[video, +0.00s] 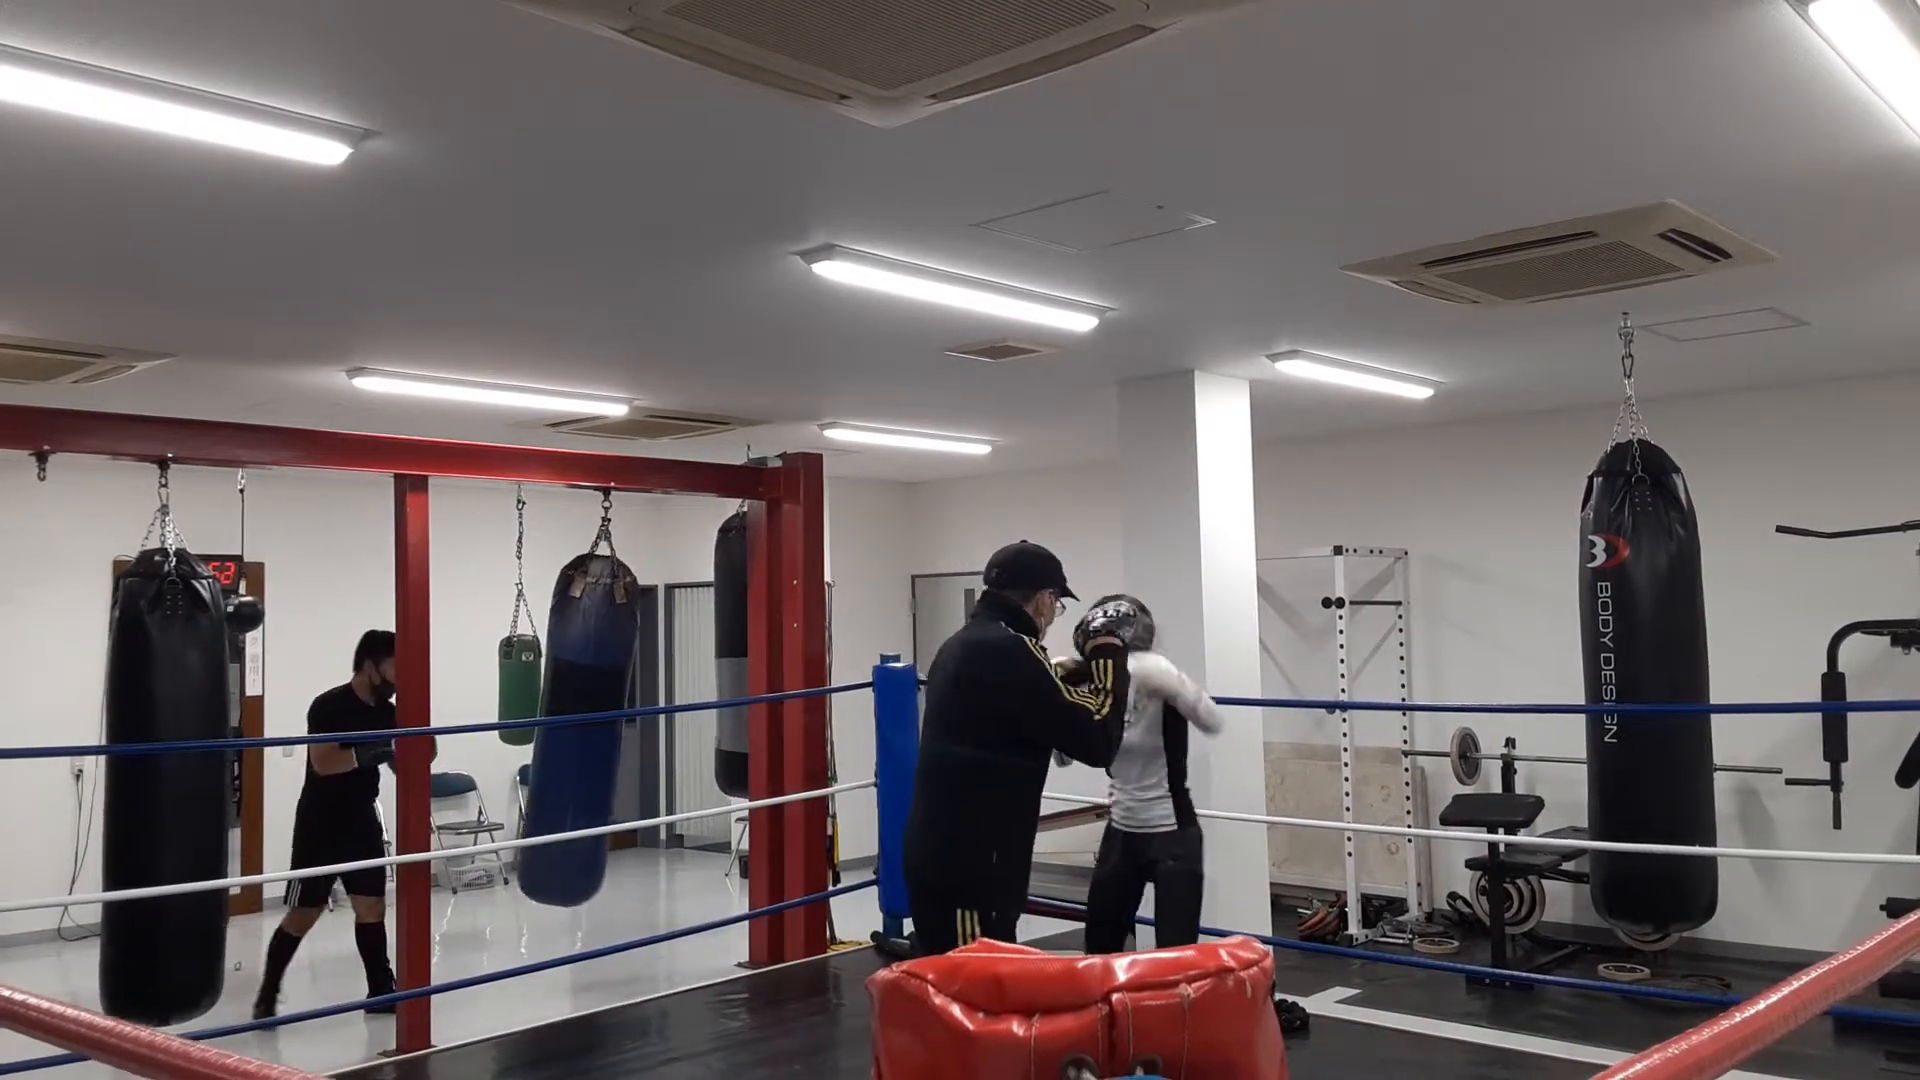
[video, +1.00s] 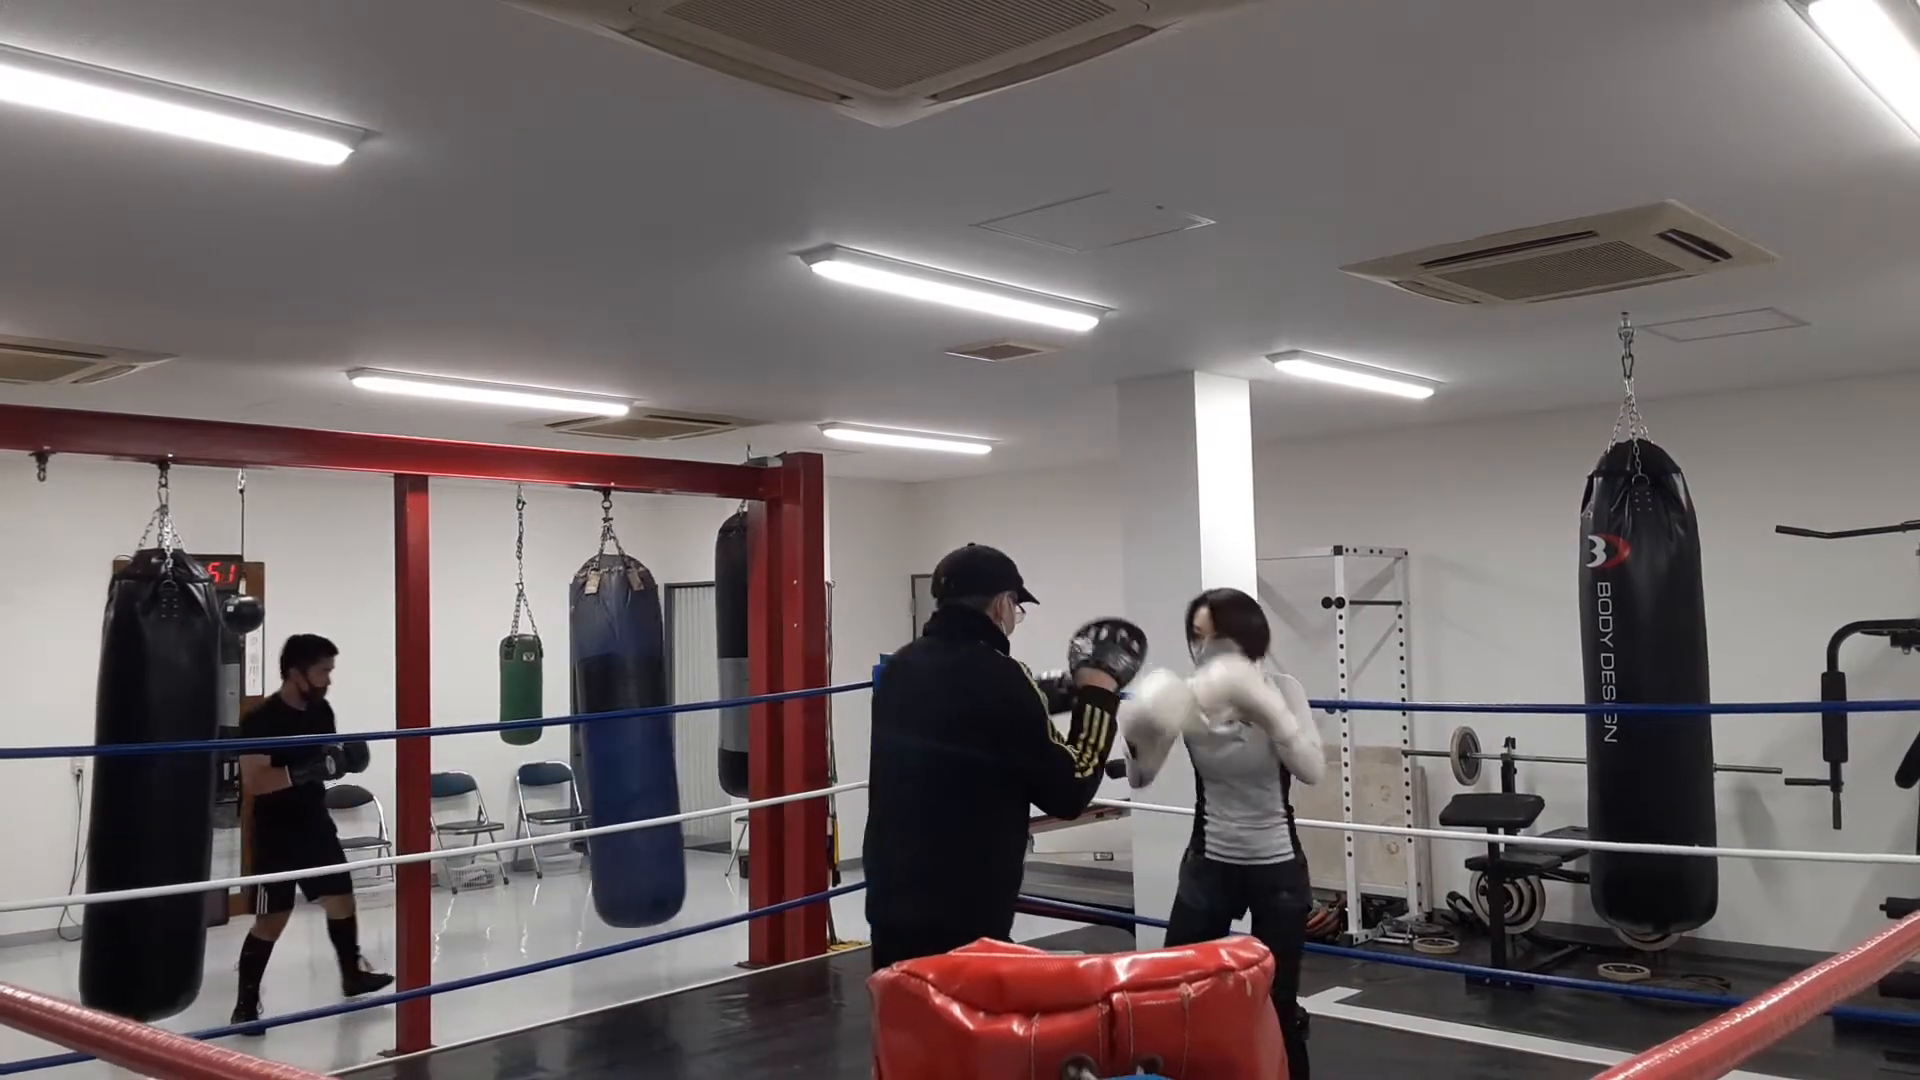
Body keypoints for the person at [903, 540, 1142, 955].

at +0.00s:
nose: (1056, 612)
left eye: (1058, 602)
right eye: (1056, 600)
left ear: (1000, 592)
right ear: (1039, 598)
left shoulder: (959, 646)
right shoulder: (1011, 653)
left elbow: (1004, 709)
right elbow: (1098, 743)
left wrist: (1059, 675)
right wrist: (1108, 655)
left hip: (937, 858)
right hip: (979, 866)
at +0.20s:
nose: (1055, 618)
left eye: (1058, 606)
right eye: (1056, 604)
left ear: (999, 594)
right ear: (1037, 599)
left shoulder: (966, 644)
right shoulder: (1003, 649)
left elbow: (1023, 709)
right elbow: (1080, 742)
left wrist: (1078, 659)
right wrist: (1106, 655)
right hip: (977, 871)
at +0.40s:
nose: (1052, 617)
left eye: (1054, 606)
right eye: (1052, 605)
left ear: (993, 597)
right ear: (1034, 601)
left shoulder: (958, 648)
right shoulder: (1003, 655)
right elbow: (1083, 750)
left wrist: (1097, 664)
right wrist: (1101, 658)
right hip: (971, 882)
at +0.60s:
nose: (1045, 629)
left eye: (1046, 618)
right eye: (1044, 617)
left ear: (981, 607)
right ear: (1028, 616)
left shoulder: (924, 671)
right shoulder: (1031, 683)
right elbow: (1082, 767)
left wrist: (1067, 781)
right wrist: (1129, 676)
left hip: (915, 876)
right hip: (988, 880)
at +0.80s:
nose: (1031, 637)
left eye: (1033, 627)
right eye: (1031, 626)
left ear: (963, 614)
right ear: (1016, 623)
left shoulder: (911, 681)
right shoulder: (1018, 687)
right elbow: (1091, 776)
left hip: (909, 886)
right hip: (986, 891)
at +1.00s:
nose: (1016, 621)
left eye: (1018, 609)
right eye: (1016, 608)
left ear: (947, 603)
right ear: (999, 606)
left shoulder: (899, 668)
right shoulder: (1004, 680)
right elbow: (1068, 795)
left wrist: (1047, 694)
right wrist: (1098, 694)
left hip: (892, 896)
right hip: (971, 903)